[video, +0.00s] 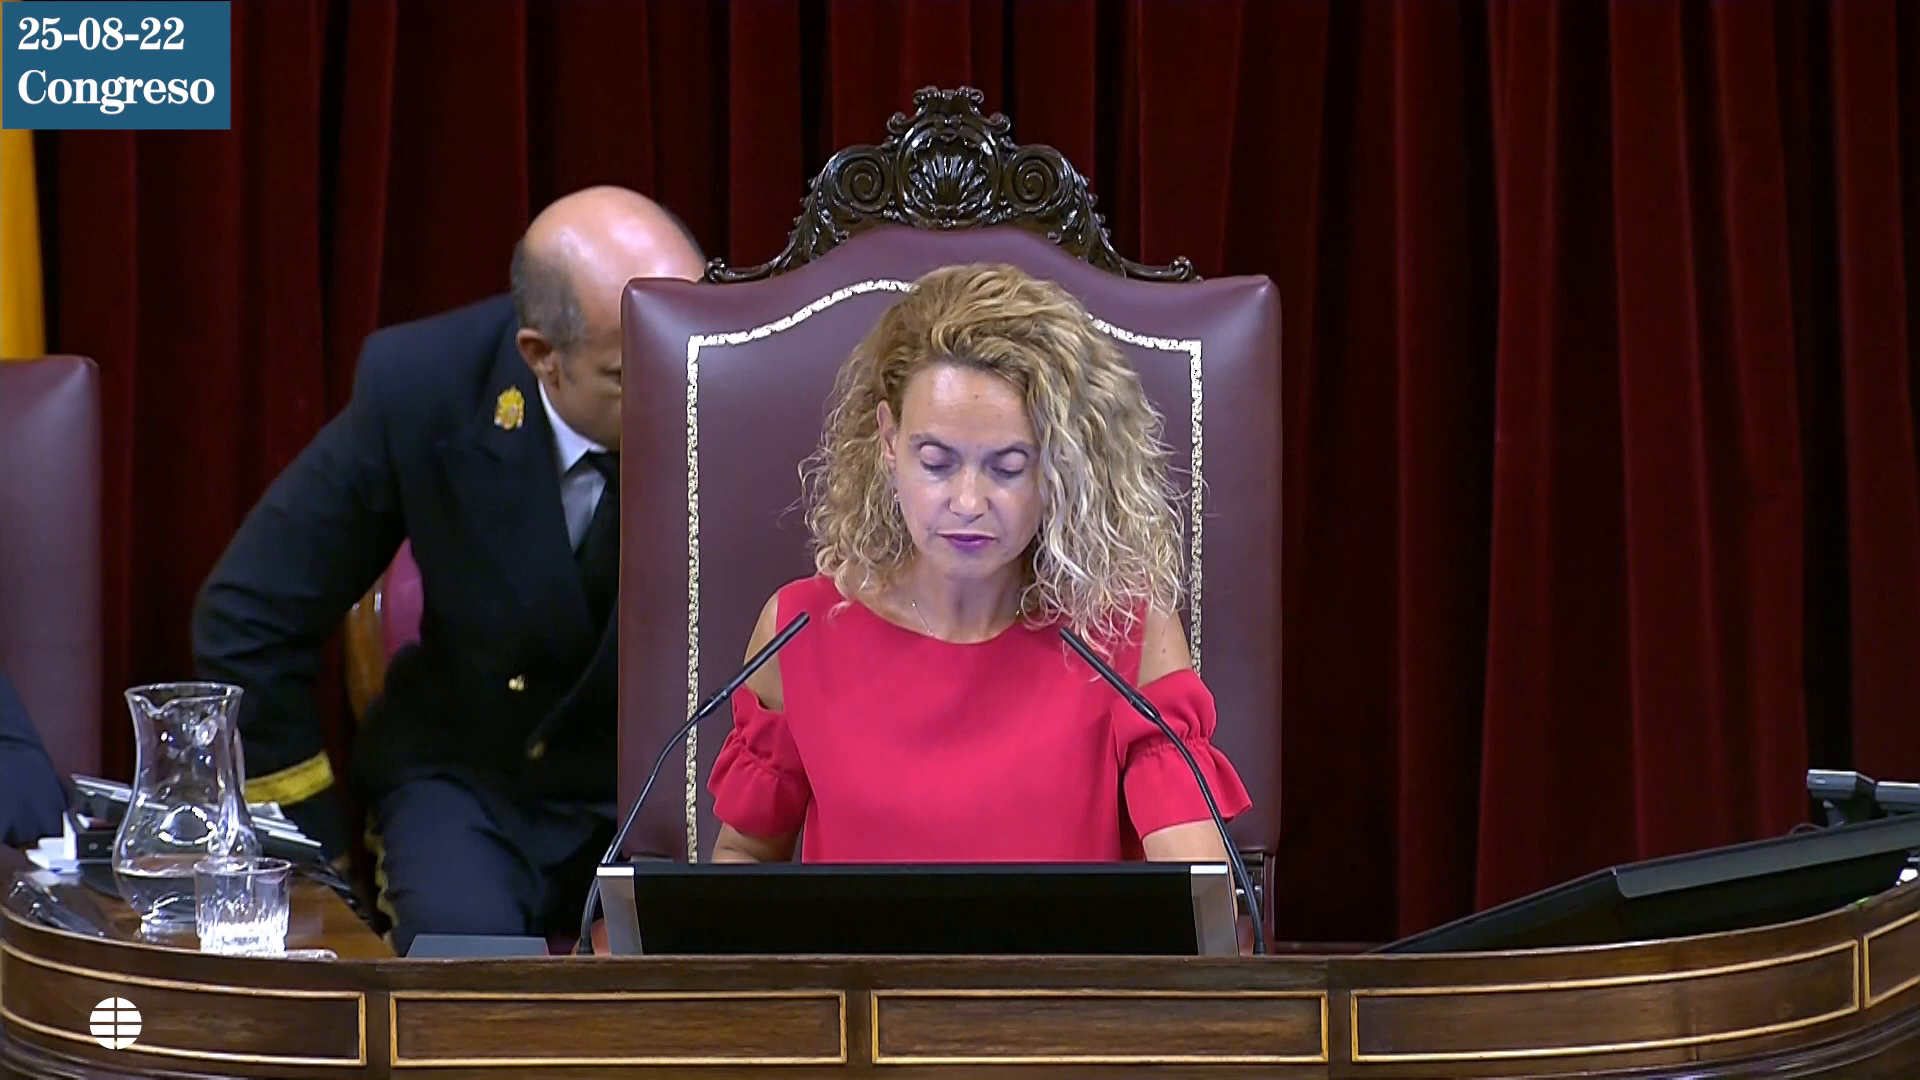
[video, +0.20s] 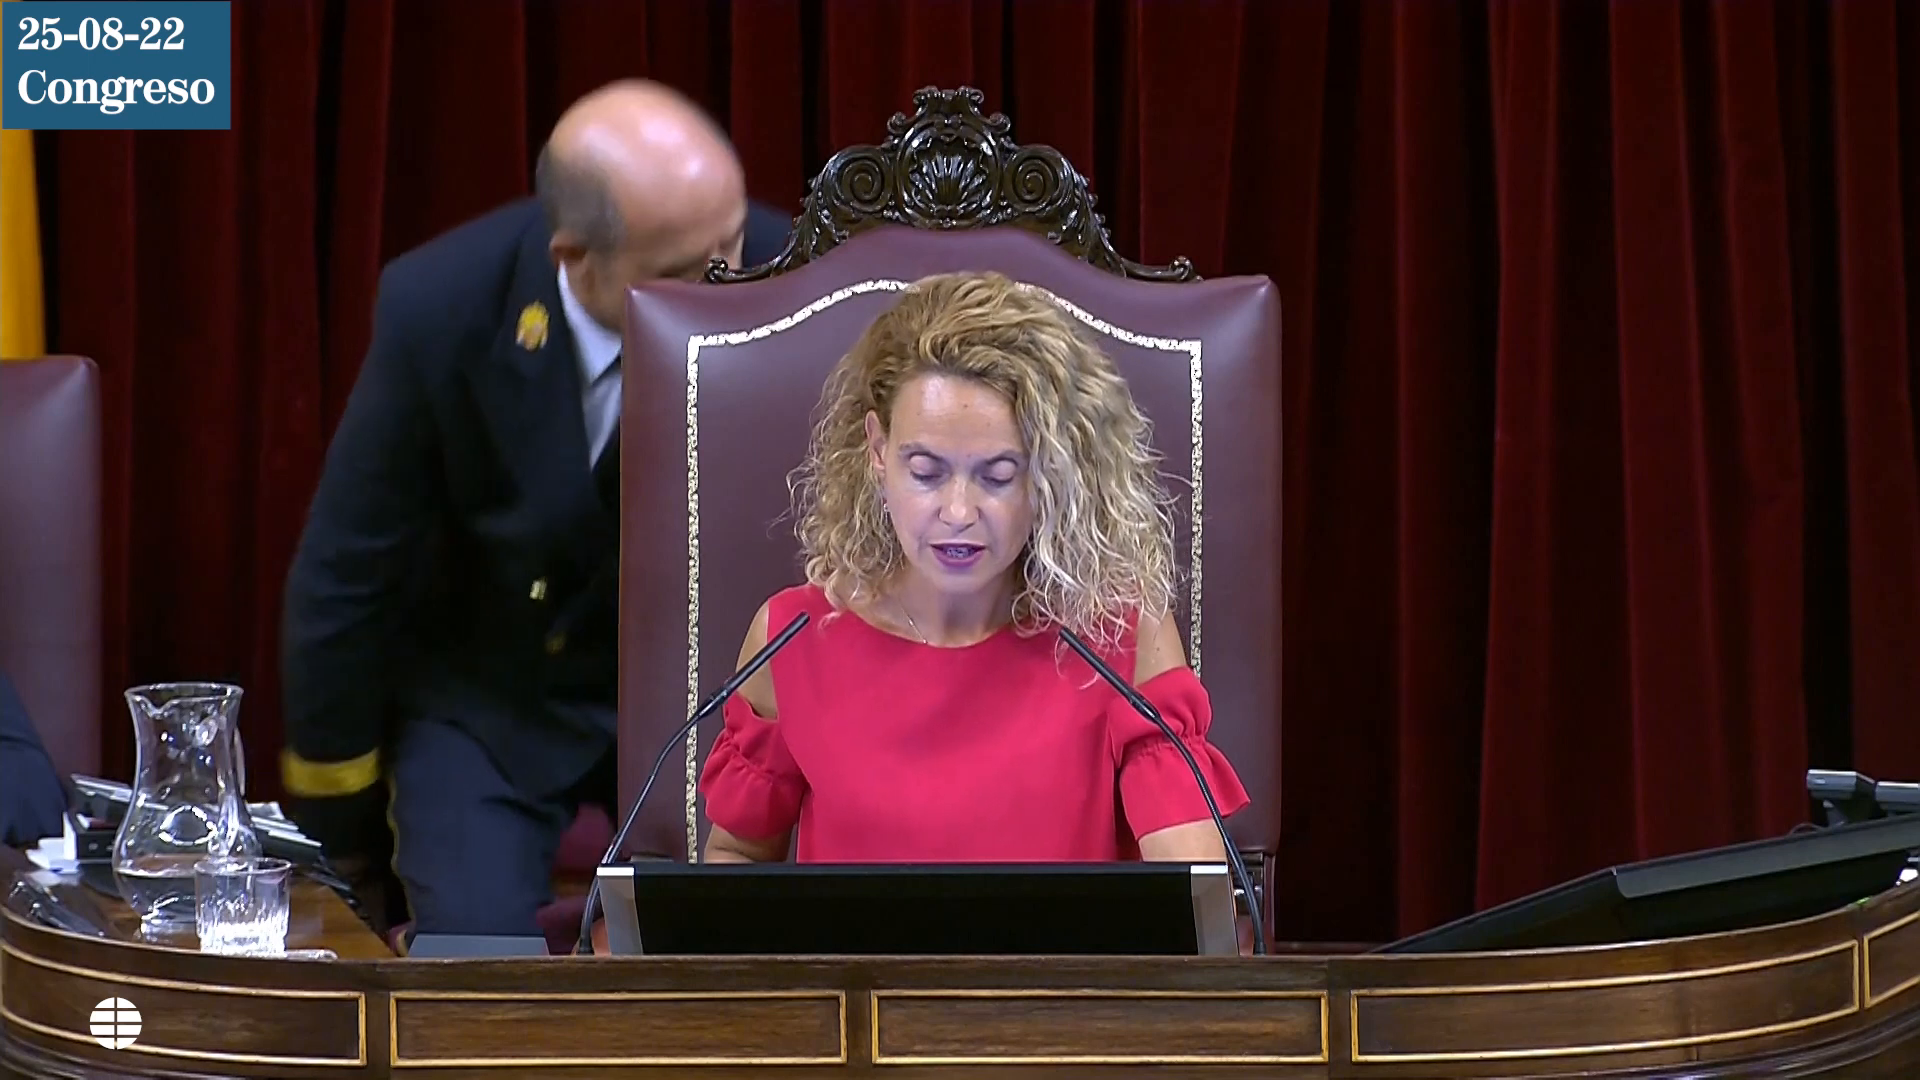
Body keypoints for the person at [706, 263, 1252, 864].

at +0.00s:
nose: (970, 502)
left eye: (1008, 465)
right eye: (937, 460)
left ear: (1062, 464)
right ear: (889, 441)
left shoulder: (1126, 624)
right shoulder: (802, 626)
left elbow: (1204, 899)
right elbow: (741, 864)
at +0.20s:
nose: (959, 510)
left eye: (997, 474)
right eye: (928, 470)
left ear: (1052, 471)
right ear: (877, 452)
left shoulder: (1120, 628)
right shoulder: (794, 634)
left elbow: (1201, 898)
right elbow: (728, 875)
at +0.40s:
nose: (955, 520)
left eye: (993, 482)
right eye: (923, 479)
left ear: (1047, 479)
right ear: (872, 460)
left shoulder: (1120, 632)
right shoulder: (791, 636)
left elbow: (1198, 896)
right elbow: (723, 868)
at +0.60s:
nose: (955, 521)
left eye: (994, 482)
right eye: (923, 479)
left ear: (1049, 479)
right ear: (873, 460)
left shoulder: (1119, 635)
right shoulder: (793, 636)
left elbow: (1198, 894)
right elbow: (726, 863)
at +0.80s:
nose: (959, 517)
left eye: (997, 480)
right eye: (927, 476)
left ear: (1053, 475)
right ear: (877, 455)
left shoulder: (1121, 631)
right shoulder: (796, 634)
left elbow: (1201, 898)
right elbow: (730, 869)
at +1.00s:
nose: (962, 513)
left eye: (1001, 476)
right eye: (931, 472)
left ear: (1059, 471)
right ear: (883, 449)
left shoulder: (1125, 631)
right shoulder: (801, 630)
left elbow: (1202, 901)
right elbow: (732, 870)